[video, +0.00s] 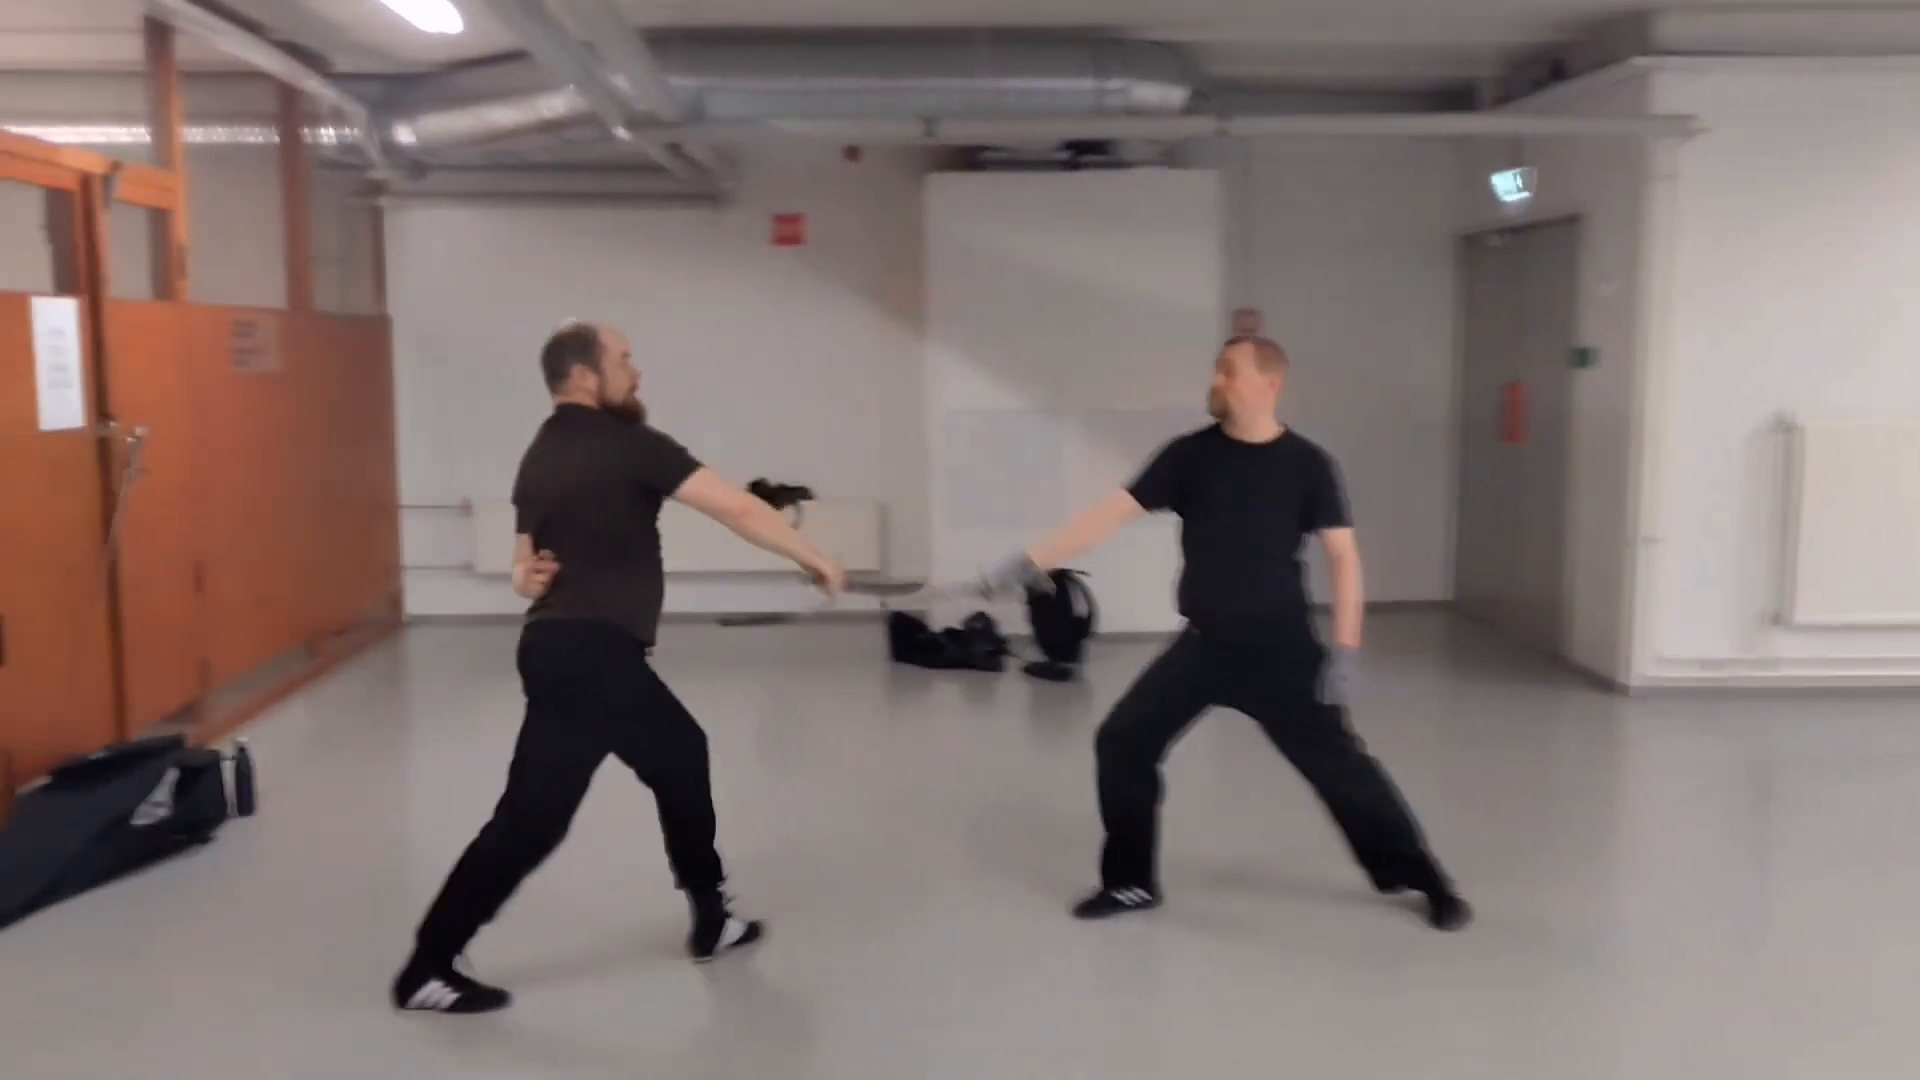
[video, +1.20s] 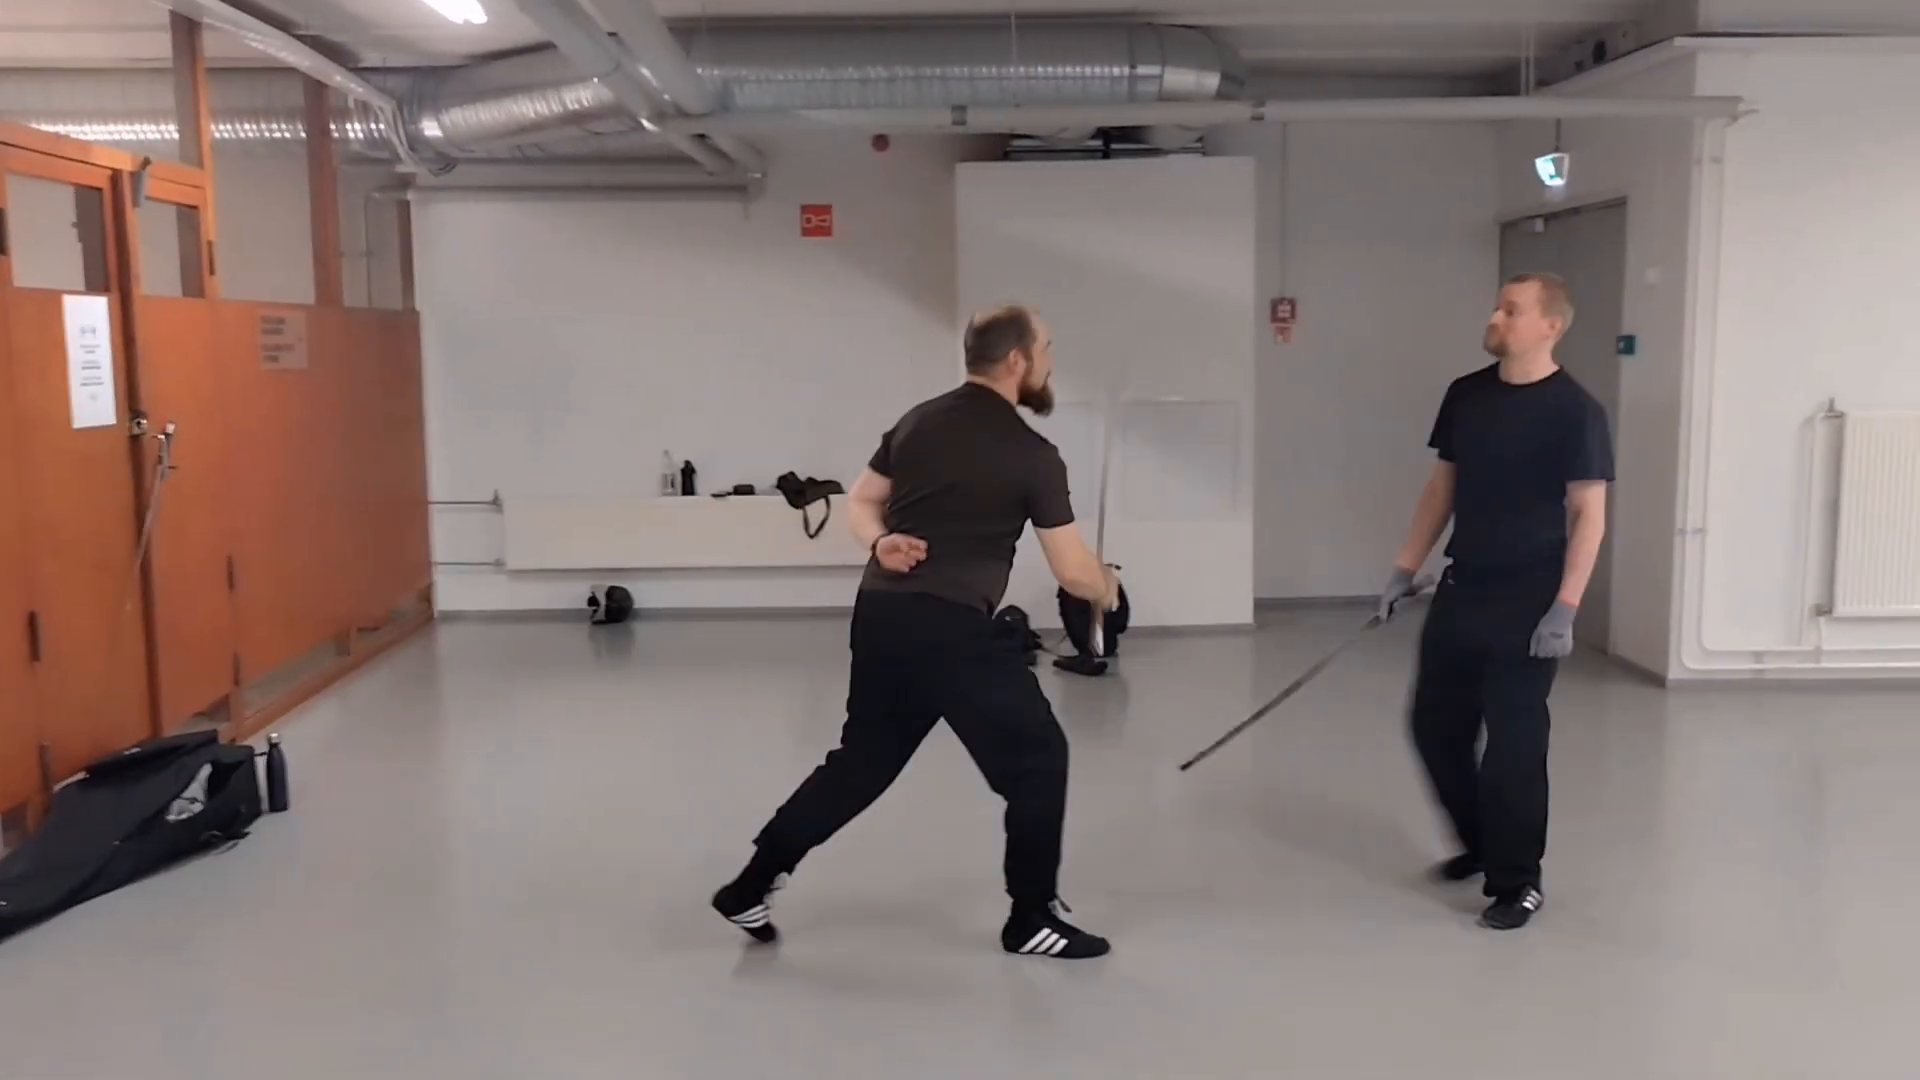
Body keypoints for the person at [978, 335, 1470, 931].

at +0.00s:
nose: (1218, 381)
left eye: (1232, 371)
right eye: (1217, 370)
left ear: (1272, 384)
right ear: (1218, 381)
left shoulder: (1307, 465)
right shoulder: (1190, 457)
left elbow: (1343, 559)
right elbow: (1107, 517)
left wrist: (1344, 654)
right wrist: (1028, 564)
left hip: (1283, 652)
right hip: (1205, 648)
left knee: (1341, 765)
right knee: (1122, 743)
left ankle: (1427, 881)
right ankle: (1131, 884)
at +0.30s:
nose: (1270, 398)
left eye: (1285, 388)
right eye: (1272, 387)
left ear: (1327, 402)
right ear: (1276, 401)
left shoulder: (1369, 482)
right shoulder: (1247, 477)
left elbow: (1413, 575)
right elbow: (1179, 551)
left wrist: (1426, 668)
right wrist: (1102, 616)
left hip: (1353, 666)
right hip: (1269, 664)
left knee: (1427, 777)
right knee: (1182, 746)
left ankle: (1528, 886)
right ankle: (1205, 887)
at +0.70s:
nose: (1352, 369)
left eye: (1369, 363)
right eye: (1355, 360)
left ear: (1406, 384)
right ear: (1354, 373)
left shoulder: (1428, 468)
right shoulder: (1308, 446)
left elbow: (1455, 568)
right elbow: (1249, 529)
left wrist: (1455, 657)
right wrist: (1181, 601)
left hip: (1383, 650)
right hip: (1302, 643)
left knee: (1436, 773)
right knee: (1218, 740)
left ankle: (1531, 875)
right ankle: (1205, 878)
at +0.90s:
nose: (1419, 352)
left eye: (1435, 344)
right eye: (1423, 341)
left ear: (1475, 362)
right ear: (1430, 353)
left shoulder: (1494, 447)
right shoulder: (1385, 424)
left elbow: (1509, 554)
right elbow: (1335, 507)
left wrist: (1483, 642)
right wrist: (1277, 581)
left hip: (1443, 628)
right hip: (1371, 620)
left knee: (1447, 766)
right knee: (1305, 746)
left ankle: (1534, 883)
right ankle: (1219, 864)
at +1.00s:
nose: (1453, 340)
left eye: (1469, 332)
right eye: (1456, 329)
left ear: (1510, 350)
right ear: (1458, 341)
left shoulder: (1530, 435)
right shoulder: (1420, 414)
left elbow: (1540, 541)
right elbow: (1379, 504)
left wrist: (1511, 632)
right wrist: (1327, 581)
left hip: (1481, 618)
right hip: (1408, 610)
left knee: (1475, 756)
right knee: (1342, 729)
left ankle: (1526, 889)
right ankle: (1281, 860)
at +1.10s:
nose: (1476, 328)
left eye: (1492, 320)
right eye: (1478, 318)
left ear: (1533, 338)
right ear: (1478, 330)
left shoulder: (1556, 421)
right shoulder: (1447, 403)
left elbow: (1570, 528)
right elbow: (1414, 498)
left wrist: (1546, 618)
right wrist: (1376, 575)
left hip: (1512, 604)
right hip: (1440, 596)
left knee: (1497, 749)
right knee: (1377, 717)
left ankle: (1519, 887)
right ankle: (1378, 859)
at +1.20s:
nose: (1494, 320)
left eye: (1510, 311)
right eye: (1496, 309)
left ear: (1552, 327)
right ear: (1500, 321)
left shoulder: (1576, 412)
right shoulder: (1466, 395)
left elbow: (1589, 518)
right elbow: (1442, 488)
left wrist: (1565, 607)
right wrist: (1406, 569)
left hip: (1533, 598)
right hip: (1464, 590)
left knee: (1514, 739)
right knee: (1435, 724)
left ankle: (1516, 881)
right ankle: (1478, 842)